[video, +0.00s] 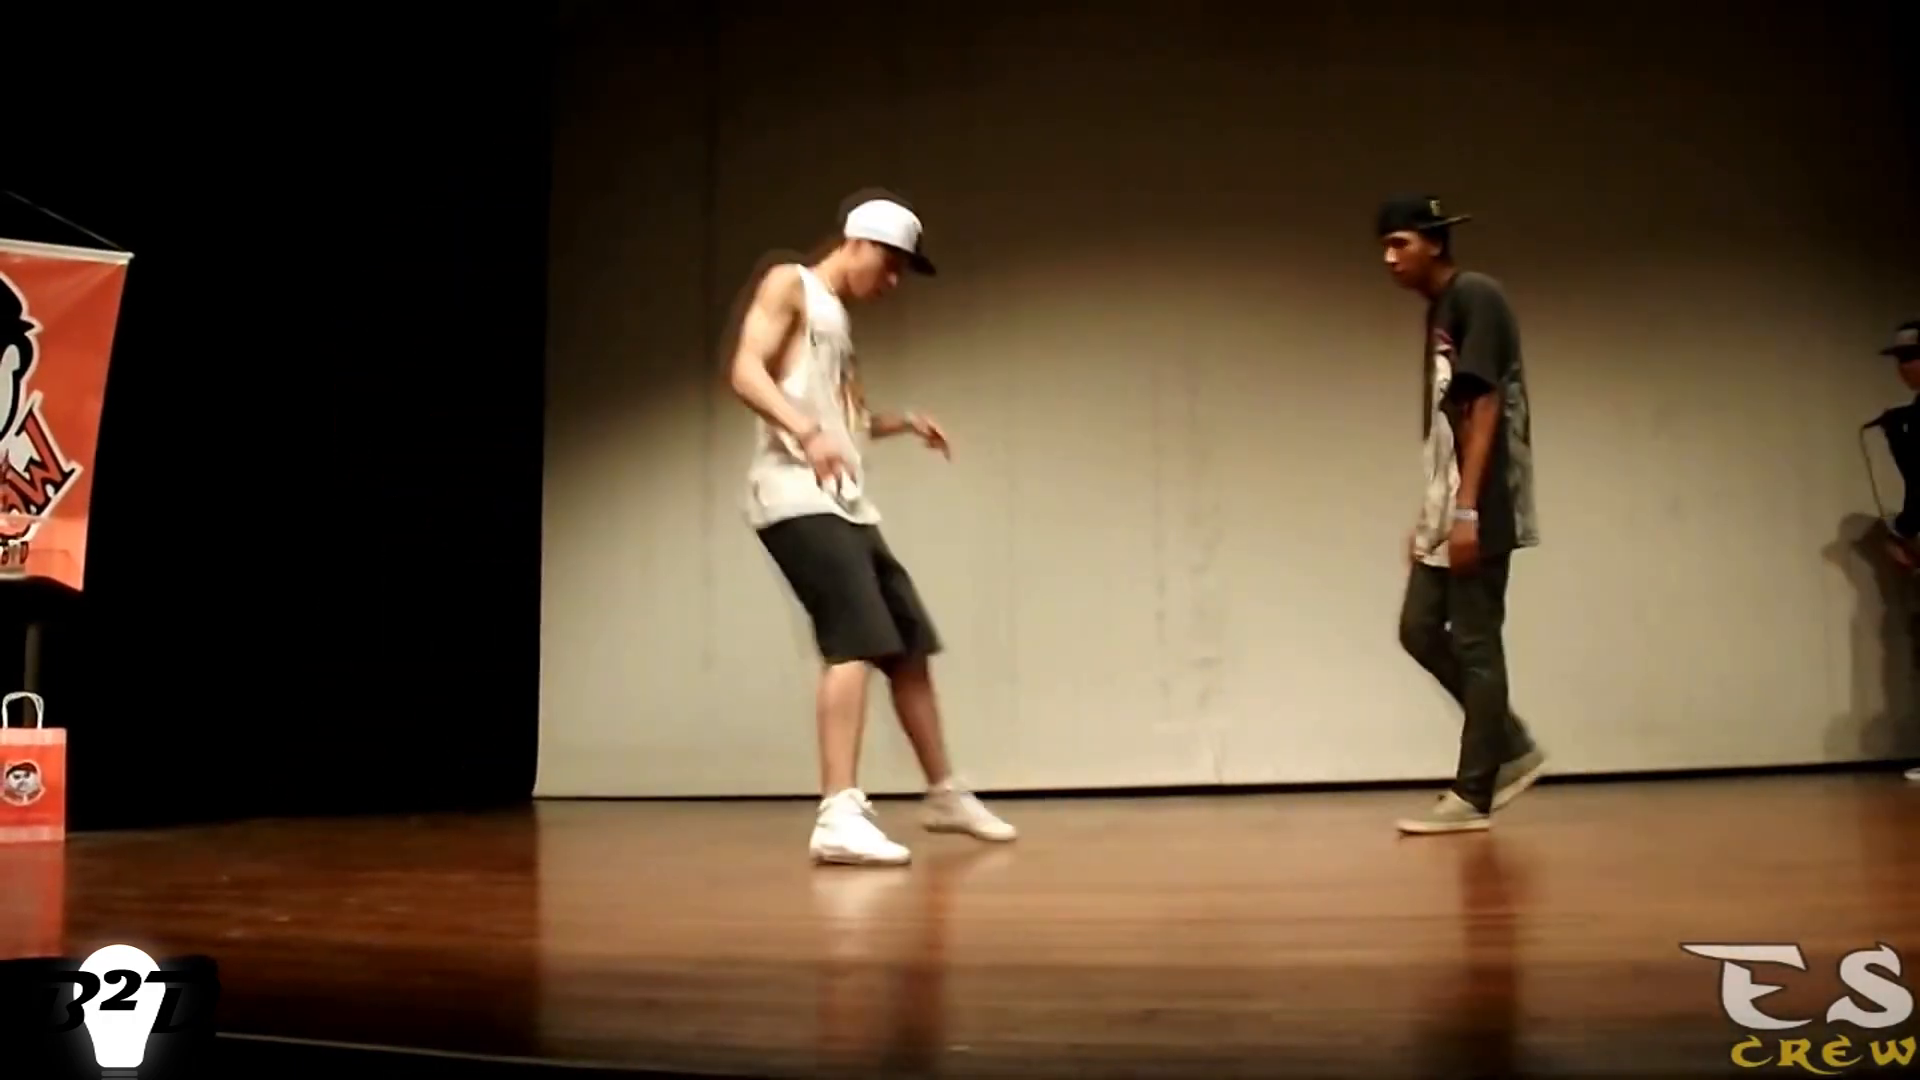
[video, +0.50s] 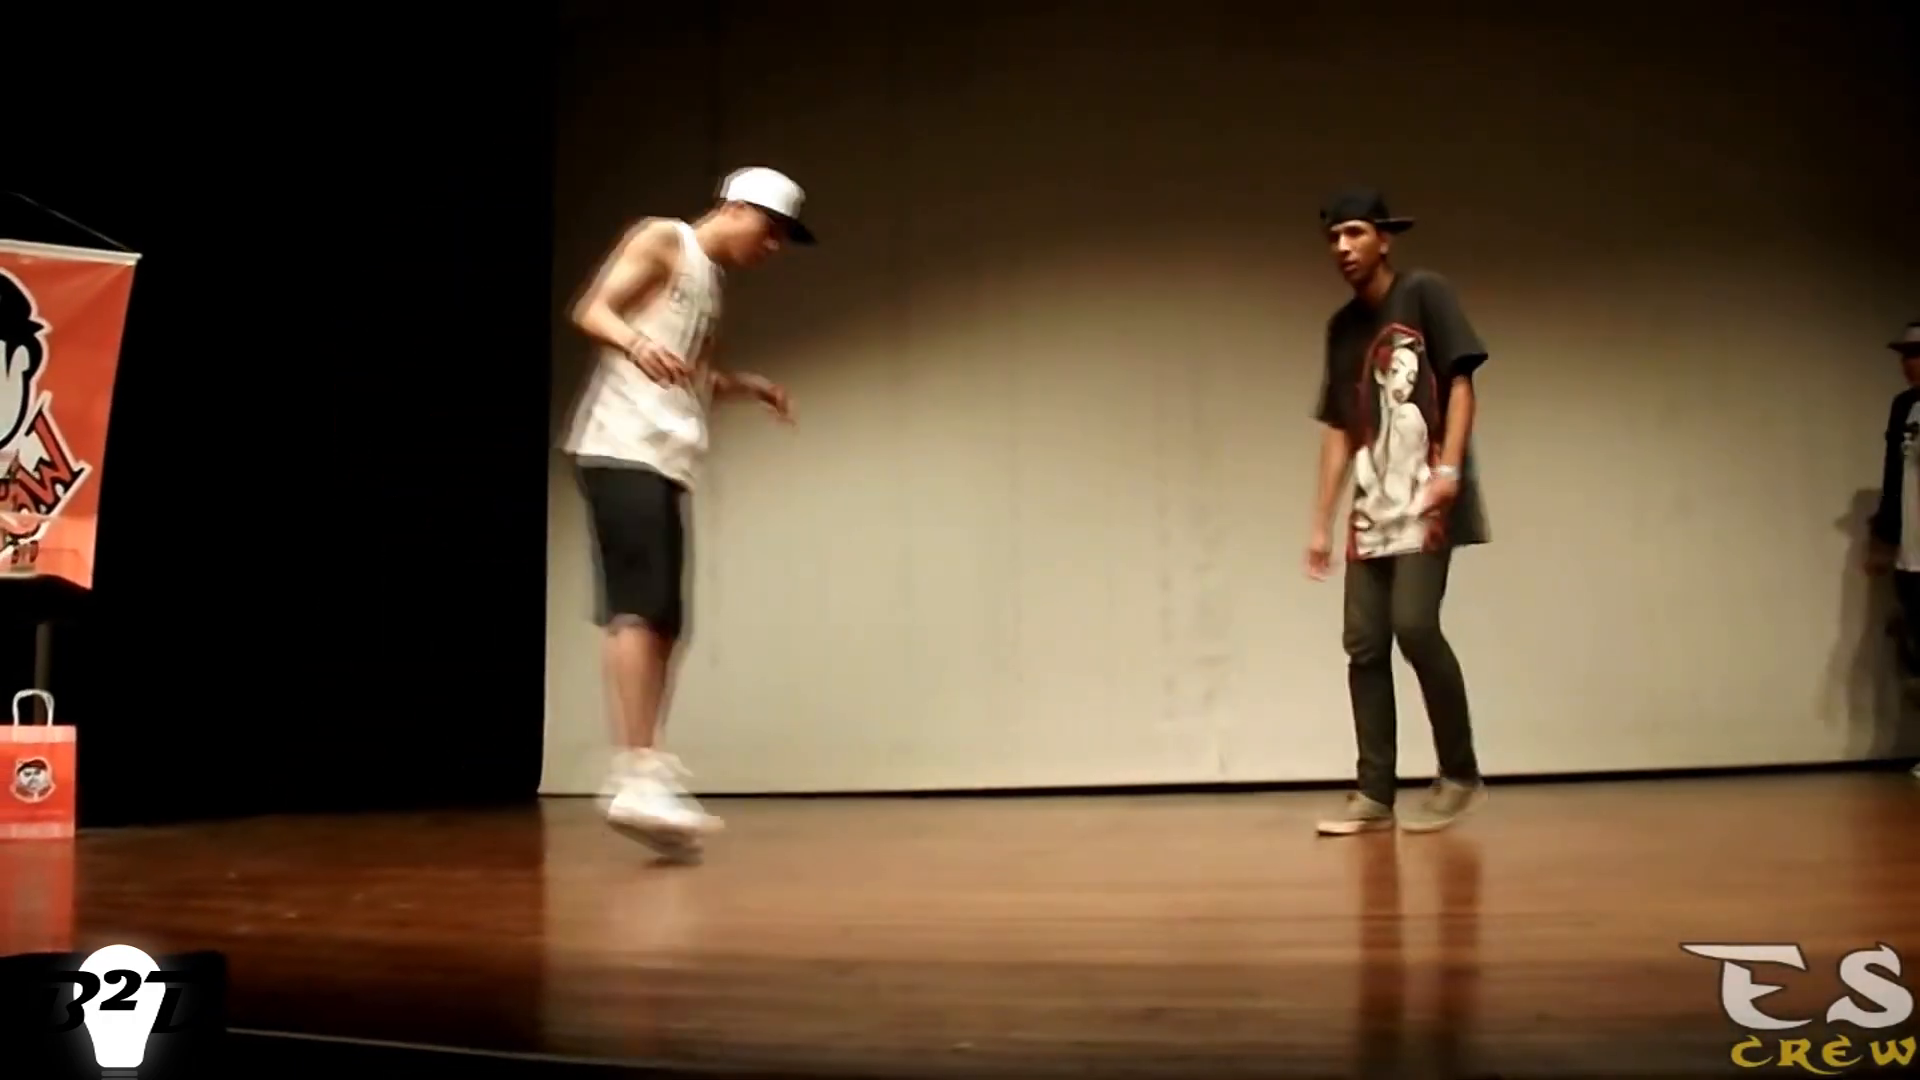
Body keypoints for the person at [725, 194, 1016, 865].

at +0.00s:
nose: (894, 282)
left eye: (902, 271)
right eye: (891, 264)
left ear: (877, 259)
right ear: (856, 241)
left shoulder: (835, 319)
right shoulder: (787, 282)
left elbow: (849, 421)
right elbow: (743, 372)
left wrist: (905, 423)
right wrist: (806, 432)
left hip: (844, 501)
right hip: (796, 497)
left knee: (907, 644)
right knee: (853, 639)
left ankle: (945, 795)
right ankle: (839, 811)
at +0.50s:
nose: (771, 250)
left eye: (780, 241)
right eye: (771, 233)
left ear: (753, 225)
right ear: (738, 207)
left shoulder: (705, 280)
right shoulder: (661, 239)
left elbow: (684, 374)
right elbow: (591, 309)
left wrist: (748, 387)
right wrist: (638, 345)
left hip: (662, 460)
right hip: (623, 451)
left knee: (663, 620)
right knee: (640, 612)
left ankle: (647, 772)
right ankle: (633, 775)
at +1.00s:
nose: (689, 267)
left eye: (693, 257)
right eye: (683, 251)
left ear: (675, 258)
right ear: (647, 242)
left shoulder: (646, 319)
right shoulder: (590, 286)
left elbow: (633, 397)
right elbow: (525, 346)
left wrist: (682, 398)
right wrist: (563, 380)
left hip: (604, 490)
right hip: (556, 482)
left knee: (583, 635)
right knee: (545, 626)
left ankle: (544, 766)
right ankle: (497, 760)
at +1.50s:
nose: (700, 275)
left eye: (700, 265)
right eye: (690, 264)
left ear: (681, 273)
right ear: (658, 267)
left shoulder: (670, 348)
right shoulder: (613, 320)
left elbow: (664, 408)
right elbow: (560, 385)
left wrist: (709, 417)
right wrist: (587, 427)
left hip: (647, 506)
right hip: (608, 505)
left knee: (638, 638)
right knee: (613, 634)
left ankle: (610, 757)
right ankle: (577, 756)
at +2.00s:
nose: (752, 294)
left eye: (754, 285)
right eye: (741, 283)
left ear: (743, 294)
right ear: (709, 287)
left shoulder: (719, 366)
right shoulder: (667, 340)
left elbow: (717, 436)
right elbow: (609, 402)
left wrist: (769, 436)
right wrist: (646, 427)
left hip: (698, 522)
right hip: (663, 521)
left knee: (680, 649)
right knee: (702, 638)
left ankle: (653, 768)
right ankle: (698, 767)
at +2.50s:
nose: (822, 282)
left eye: (826, 270)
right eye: (812, 266)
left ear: (804, 274)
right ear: (777, 262)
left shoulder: (780, 348)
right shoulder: (720, 317)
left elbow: (768, 433)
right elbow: (691, 393)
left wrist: (832, 442)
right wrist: (779, 383)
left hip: (769, 533)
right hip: (706, 533)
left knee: (806, 655)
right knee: (713, 671)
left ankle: (854, 785)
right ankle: (703, 787)